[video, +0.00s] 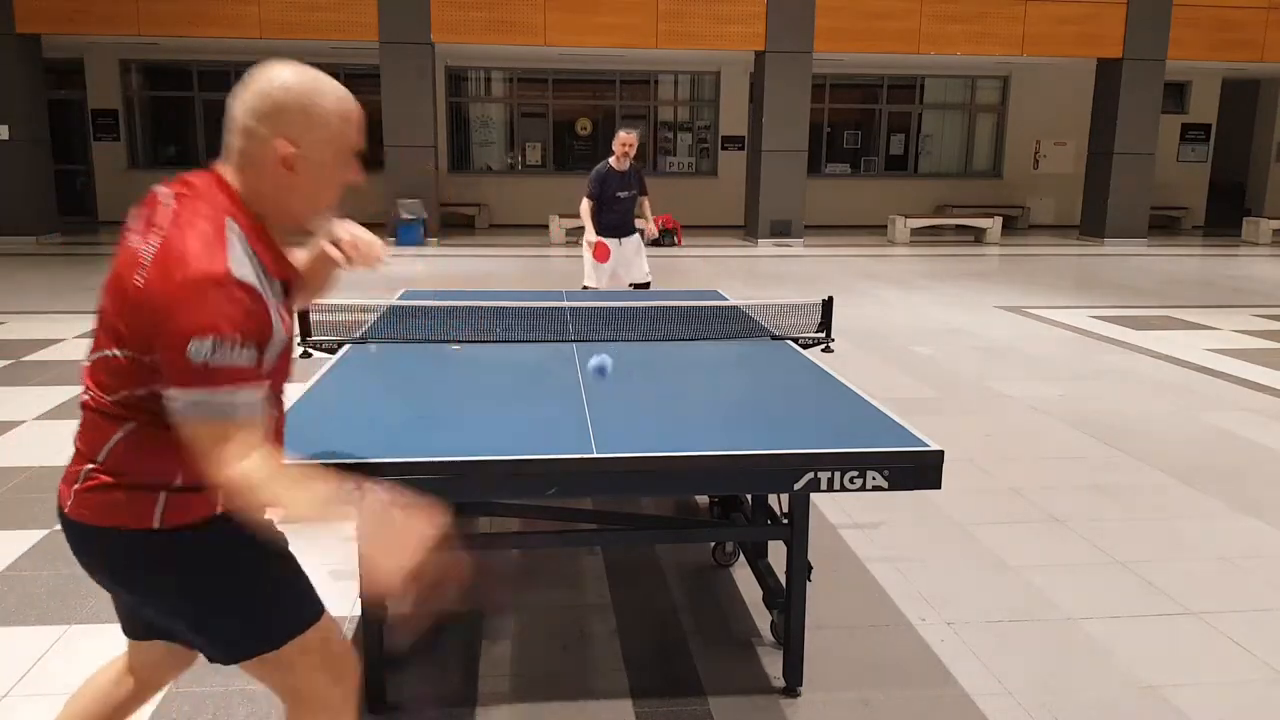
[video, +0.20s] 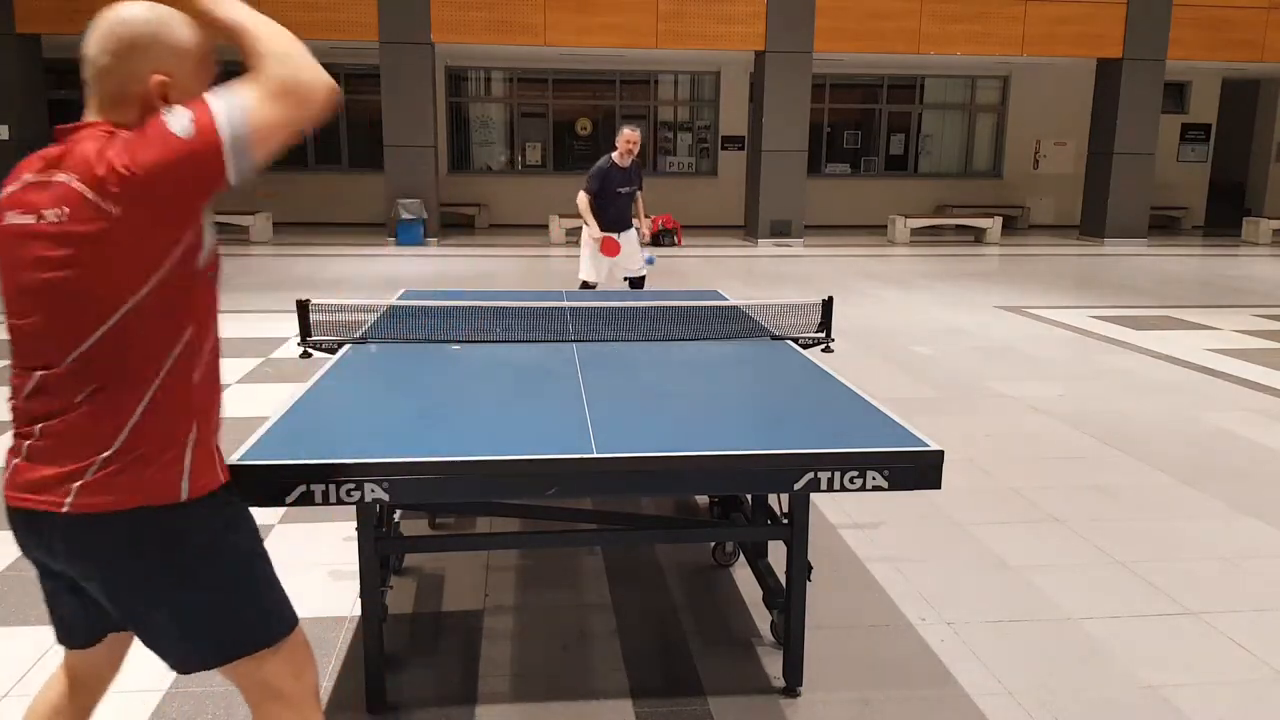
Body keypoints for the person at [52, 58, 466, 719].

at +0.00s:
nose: (357, 177)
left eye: (358, 159)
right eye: (348, 158)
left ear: (278, 156)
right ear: (287, 160)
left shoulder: (186, 199)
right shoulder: (209, 276)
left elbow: (257, 298)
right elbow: (240, 469)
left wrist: (319, 262)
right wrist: (366, 502)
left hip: (118, 501)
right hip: (174, 519)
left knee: (158, 657)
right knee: (327, 680)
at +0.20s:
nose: (207, 97)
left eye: (206, 81)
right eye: (200, 80)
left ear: (92, 82)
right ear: (162, 92)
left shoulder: (21, 185)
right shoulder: (148, 165)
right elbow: (307, 88)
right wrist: (234, 11)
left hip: (42, 501)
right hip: (153, 502)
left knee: (83, 669)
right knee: (285, 686)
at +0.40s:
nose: (116, 96)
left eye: (113, 78)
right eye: (110, 78)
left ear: (9, 89)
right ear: (80, 85)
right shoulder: (99, 163)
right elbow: (264, 131)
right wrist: (182, 36)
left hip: (10, 503)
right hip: (123, 492)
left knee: (59, 666)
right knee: (254, 688)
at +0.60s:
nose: (130, 88)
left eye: (126, 73)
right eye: (124, 74)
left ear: (25, 84)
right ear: (98, 83)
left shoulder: (5, 157)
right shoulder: (107, 172)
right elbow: (288, 217)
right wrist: (250, 110)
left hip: (12, 489)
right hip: (99, 488)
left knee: (49, 669)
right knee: (241, 674)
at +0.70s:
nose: (167, 93)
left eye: (165, 78)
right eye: (163, 78)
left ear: (67, 86)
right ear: (142, 86)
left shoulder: (9, 167)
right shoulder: (133, 181)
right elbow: (304, 268)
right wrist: (298, 163)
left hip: (15, 489)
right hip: (107, 494)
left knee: (51, 668)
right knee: (245, 673)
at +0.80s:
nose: (226, 105)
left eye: (222, 88)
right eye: (222, 89)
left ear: (120, 95)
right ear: (203, 98)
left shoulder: (35, 178)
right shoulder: (175, 204)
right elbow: (319, 332)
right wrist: (351, 229)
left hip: (14, 498)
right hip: (122, 507)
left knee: (68, 665)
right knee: (269, 677)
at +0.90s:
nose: (280, 137)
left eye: (280, 120)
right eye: (279, 120)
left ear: (178, 117)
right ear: (258, 128)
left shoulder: (85, 192)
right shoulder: (213, 231)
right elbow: (314, 394)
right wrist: (385, 323)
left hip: (34, 502)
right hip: (143, 513)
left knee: (104, 633)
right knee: (296, 678)